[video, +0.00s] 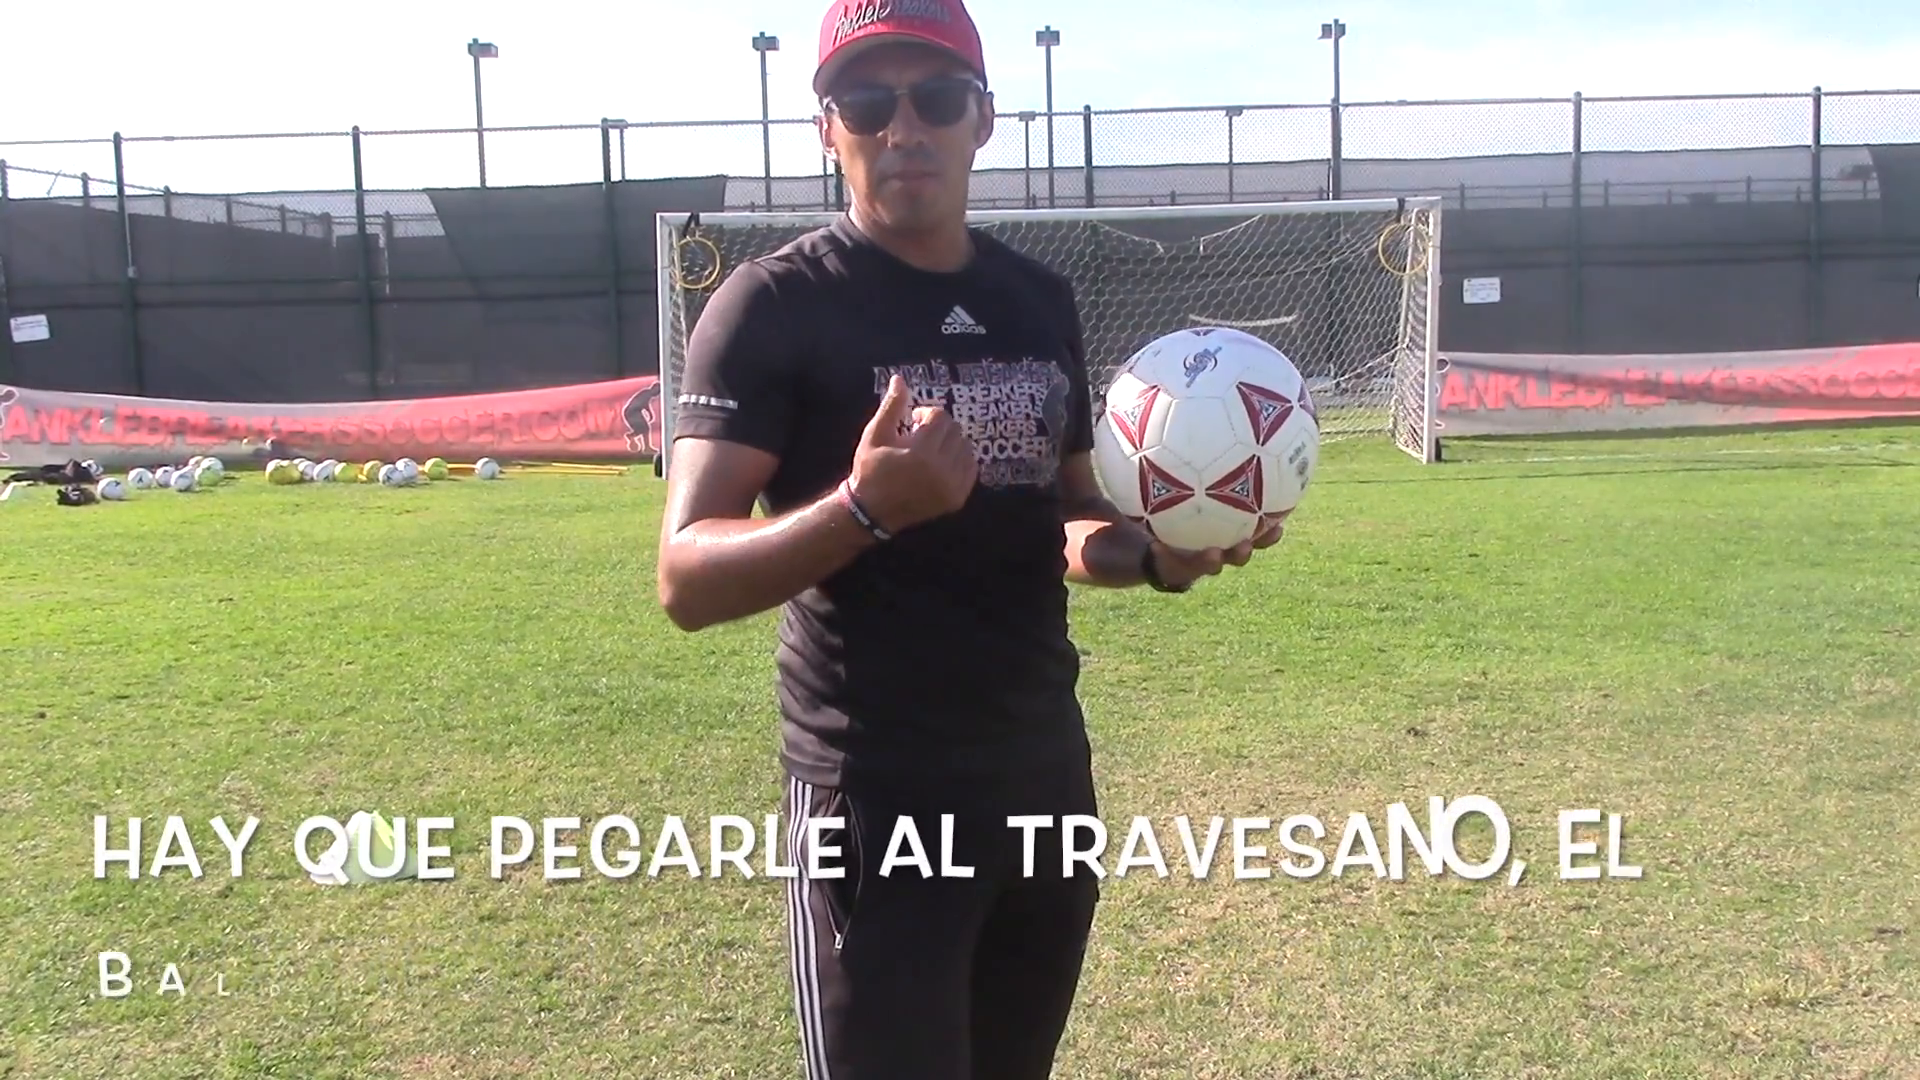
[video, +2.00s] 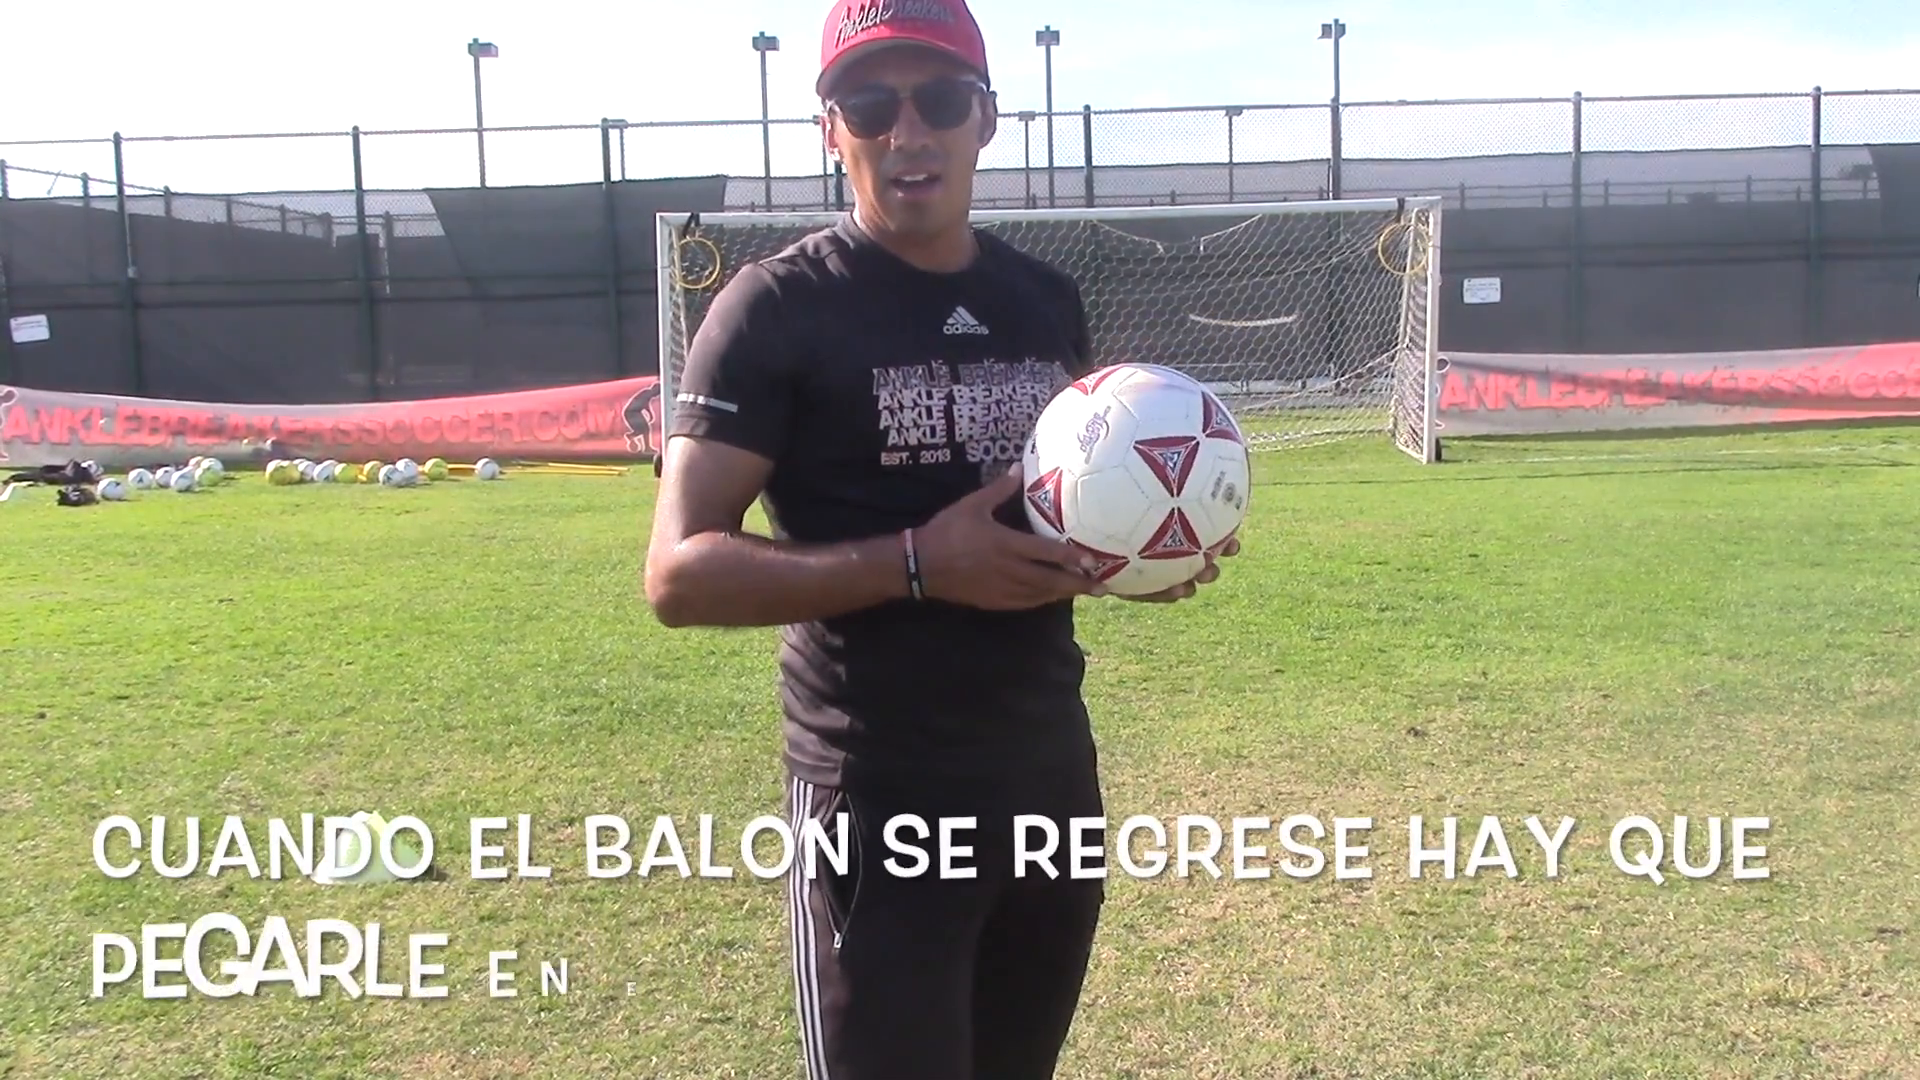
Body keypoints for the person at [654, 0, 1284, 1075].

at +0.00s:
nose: (906, 130)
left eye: (937, 100)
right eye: (870, 102)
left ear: (983, 122)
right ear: (828, 129)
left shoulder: (1039, 296)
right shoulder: (767, 305)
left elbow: (1075, 524)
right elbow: (687, 585)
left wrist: (1156, 552)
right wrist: (862, 510)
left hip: (1040, 769)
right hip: (866, 784)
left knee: (1011, 1062)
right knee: (886, 1063)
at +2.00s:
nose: (911, 135)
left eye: (942, 102)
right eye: (874, 105)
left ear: (985, 120)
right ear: (832, 132)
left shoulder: (1043, 299)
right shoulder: (772, 306)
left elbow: (1067, 509)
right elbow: (678, 575)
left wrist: (1167, 535)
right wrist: (916, 560)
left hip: (1045, 759)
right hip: (874, 772)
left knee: (1018, 1062)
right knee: (888, 1062)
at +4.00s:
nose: (908, 137)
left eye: (940, 104)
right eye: (874, 109)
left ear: (989, 119)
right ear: (837, 133)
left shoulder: (1057, 298)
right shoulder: (775, 300)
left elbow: (1094, 526)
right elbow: (678, 562)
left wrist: (1157, 554)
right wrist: (915, 562)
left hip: (1050, 764)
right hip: (872, 777)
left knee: (1020, 1062)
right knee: (887, 1062)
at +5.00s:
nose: (918, 122)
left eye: (946, 89)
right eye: (880, 97)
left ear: (993, 109)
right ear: (841, 131)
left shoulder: (1060, 288)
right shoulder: (776, 307)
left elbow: (1111, 541)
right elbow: (692, 586)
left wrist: (1157, 539)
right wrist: (831, 537)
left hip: (1058, 780)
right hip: (878, 792)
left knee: (1028, 1063)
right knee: (890, 1061)